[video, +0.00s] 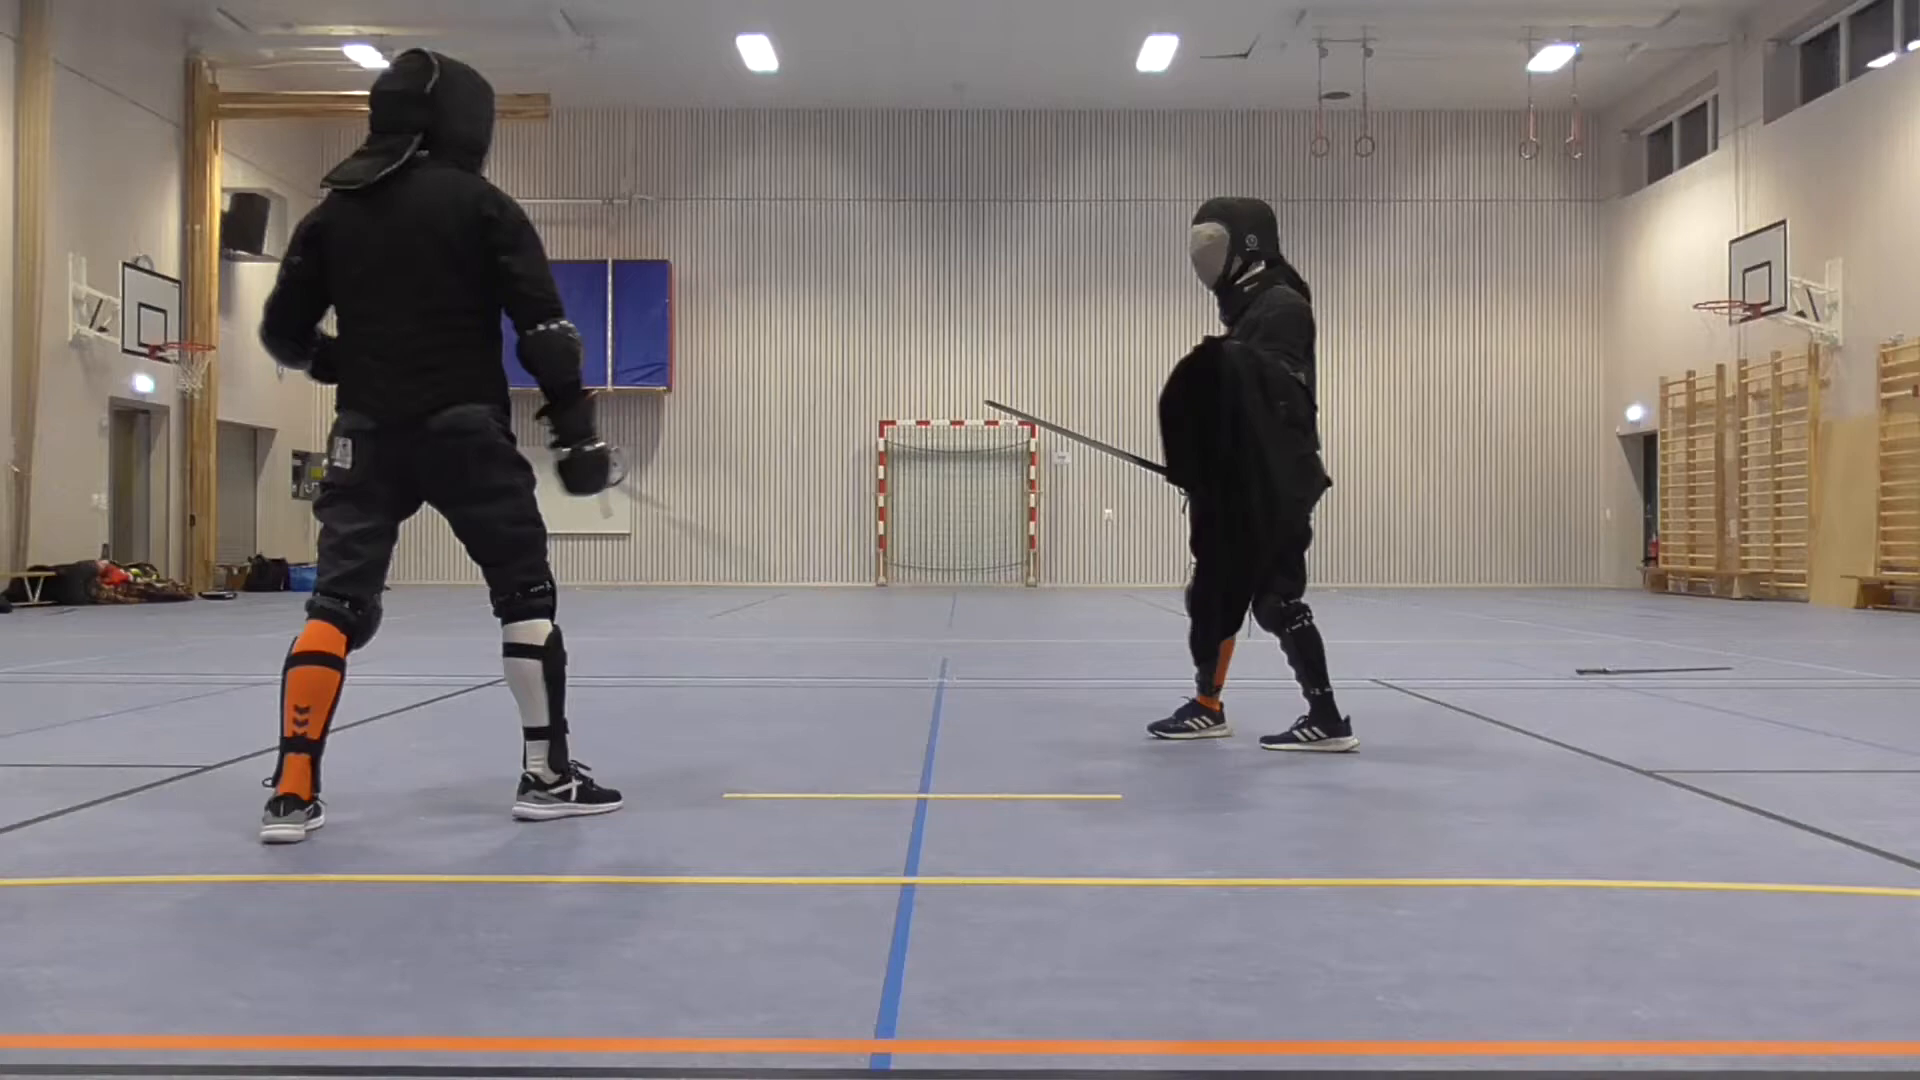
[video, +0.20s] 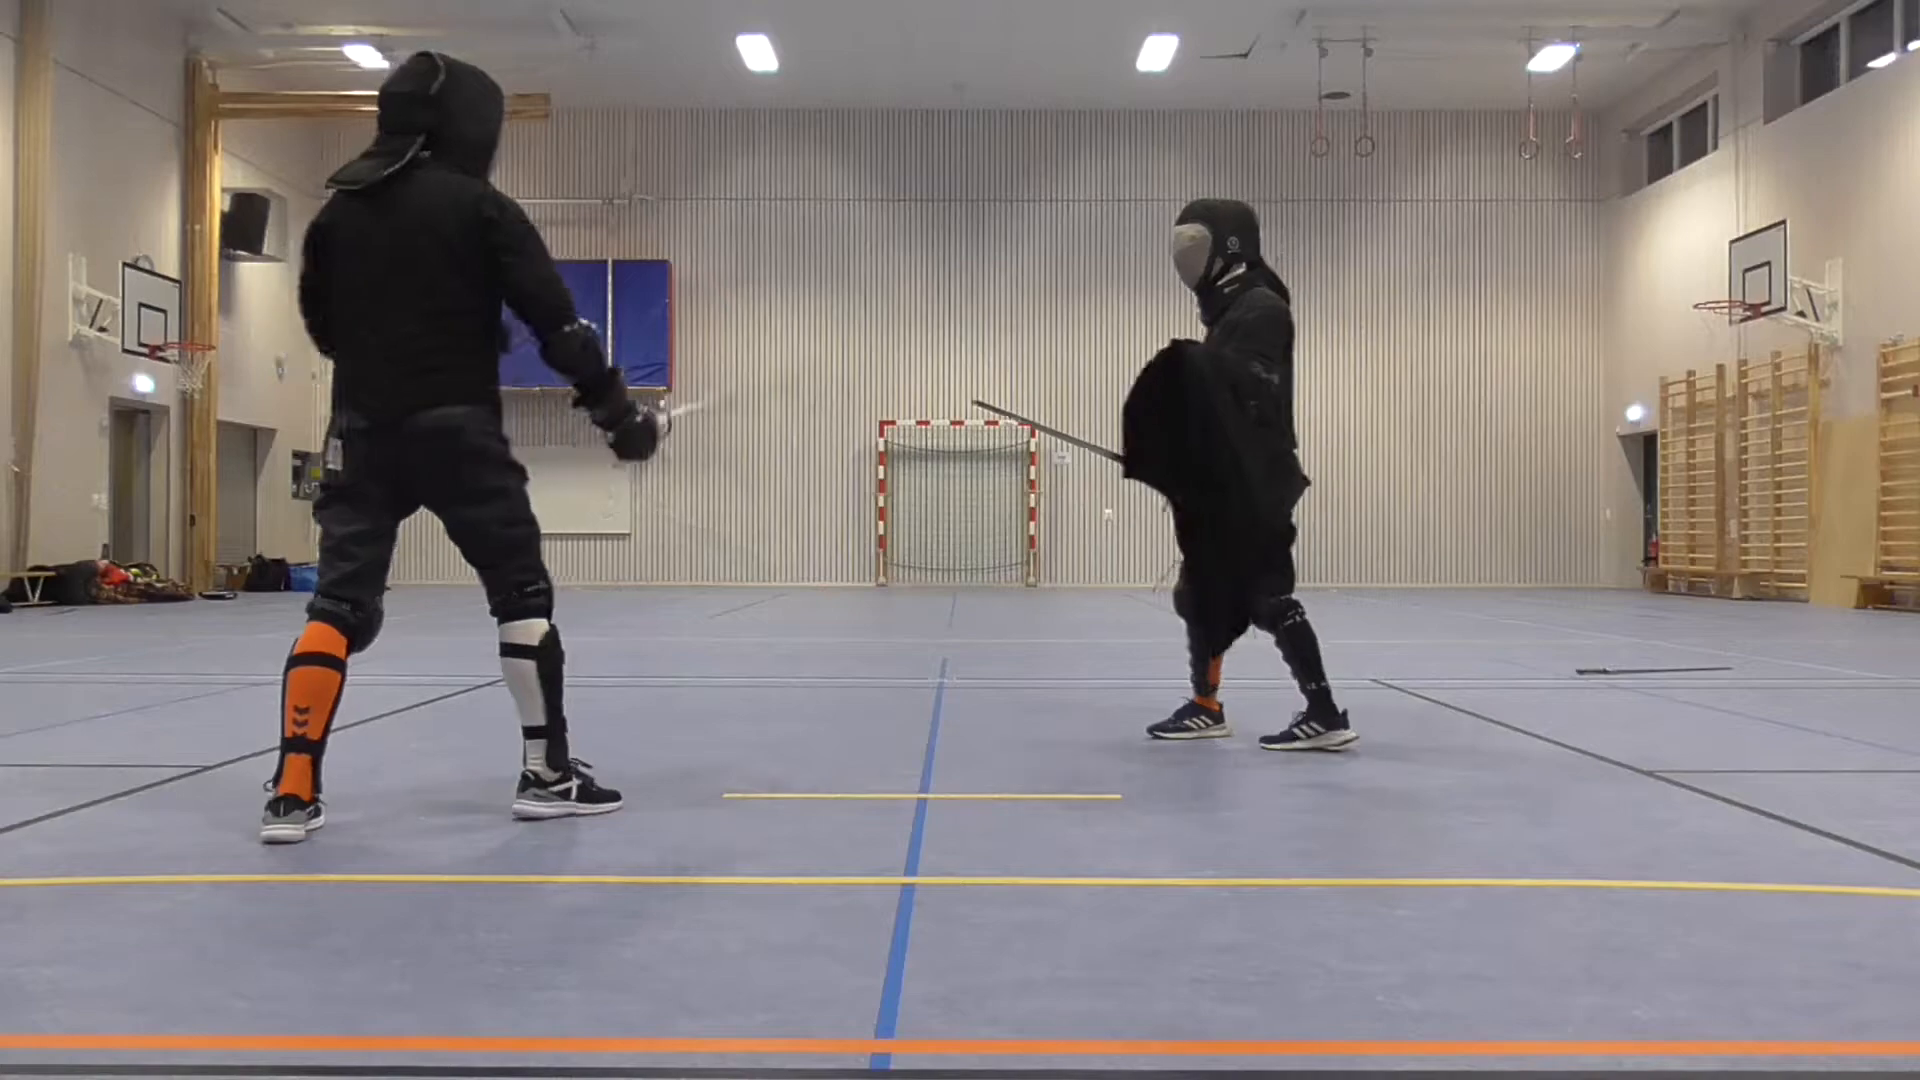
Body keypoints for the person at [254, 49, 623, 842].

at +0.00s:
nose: (485, 138)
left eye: (484, 124)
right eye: (480, 123)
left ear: (391, 121)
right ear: (456, 123)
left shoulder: (337, 211)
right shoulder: (481, 206)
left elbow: (283, 333)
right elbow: (546, 329)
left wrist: (357, 364)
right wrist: (577, 432)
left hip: (365, 437)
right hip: (470, 435)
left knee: (337, 599)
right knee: (524, 592)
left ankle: (292, 788)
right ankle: (547, 767)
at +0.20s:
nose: (492, 142)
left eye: (490, 127)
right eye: (487, 127)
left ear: (398, 122)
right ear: (463, 127)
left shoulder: (339, 210)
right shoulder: (479, 206)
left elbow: (323, 325)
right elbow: (557, 322)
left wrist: (398, 353)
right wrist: (615, 406)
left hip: (362, 437)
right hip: (459, 432)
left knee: (338, 601)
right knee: (518, 587)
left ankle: (293, 788)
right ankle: (547, 765)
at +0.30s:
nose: (496, 145)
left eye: (495, 130)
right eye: (491, 130)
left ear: (404, 123)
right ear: (467, 129)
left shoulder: (344, 212)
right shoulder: (472, 212)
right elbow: (543, 331)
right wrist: (610, 391)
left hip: (352, 436)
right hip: (443, 435)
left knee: (337, 602)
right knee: (513, 589)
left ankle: (292, 788)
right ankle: (547, 763)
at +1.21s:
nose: (470, 142)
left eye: (466, 129)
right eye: (465, 129)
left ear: (376, 127)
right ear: (445, 129)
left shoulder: (326, 213)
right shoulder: (465, 213)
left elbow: (279, 336)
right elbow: (518, 342)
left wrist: (361, 344)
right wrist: (548, 441)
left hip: (351, 442)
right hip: (457, 437)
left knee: (334, 600)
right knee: (520, 589)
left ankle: (308, 789)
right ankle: (545, 762)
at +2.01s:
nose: (508, 162)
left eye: (508, 149)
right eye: (502, 148)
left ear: (418, 145)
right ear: (481, 147)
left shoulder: (366, 231)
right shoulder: (492, 226)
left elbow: (354, 330)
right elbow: (536, 345)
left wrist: (410, 385)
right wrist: (586, 426)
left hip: (384, 441)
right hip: (480, 440)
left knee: (348, 602)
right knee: (553, 580)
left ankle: (309, 789)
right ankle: (538, 749)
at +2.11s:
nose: (533, 178)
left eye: (532, 165)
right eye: (527, 165)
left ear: (445, 164)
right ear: (507, 165)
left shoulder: (405, 253)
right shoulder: (519, 243)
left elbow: (462, 351)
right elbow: (577, 341)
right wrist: (643, 400)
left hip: (414, 458)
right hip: (506, 457)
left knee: (366, 609)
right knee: (587, 583)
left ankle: (314, 782)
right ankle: (552, 743)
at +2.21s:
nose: (586, 209)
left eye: (583, 197)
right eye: (582, 197)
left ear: (502, 193)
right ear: (566, 198)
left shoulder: (469, 262)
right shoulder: (566, 267)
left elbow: (548, 321)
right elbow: (655, 328)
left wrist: (637, 305)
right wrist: (711, 329)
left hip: (455, 470)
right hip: (541, 470)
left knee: (389, 617)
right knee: (630, 592)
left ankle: (315, 788)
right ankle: (593, 742)